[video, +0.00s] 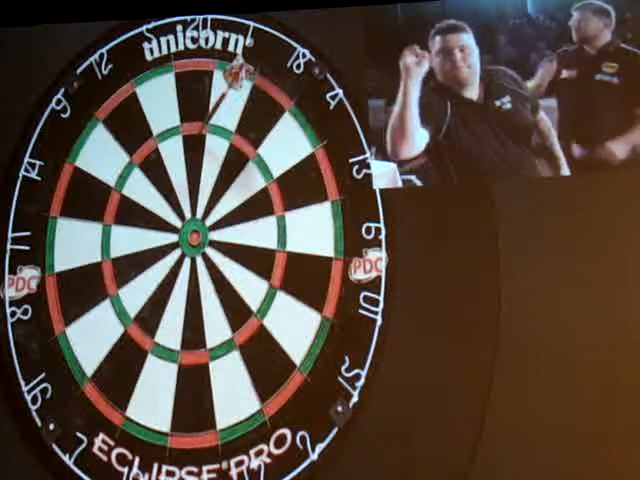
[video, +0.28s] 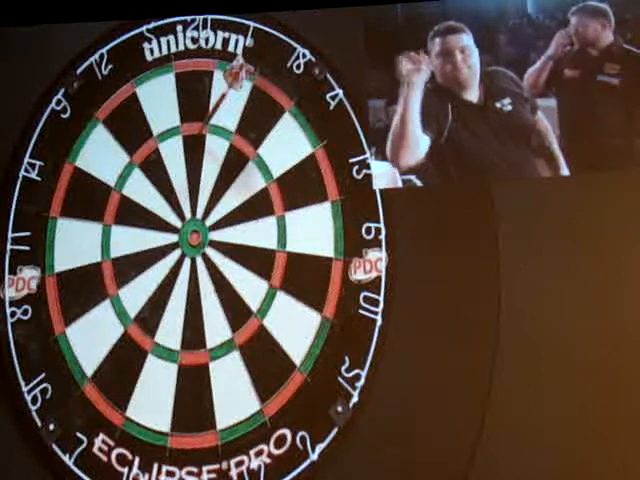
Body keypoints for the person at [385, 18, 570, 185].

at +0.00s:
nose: (457, 59)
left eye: (463, 49)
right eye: (446, 54)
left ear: (477, 53)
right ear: (432, 62)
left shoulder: (503, 80)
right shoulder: (433, 101)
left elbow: (539, 122)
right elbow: (401, 152)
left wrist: (563, 171)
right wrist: (410, 80)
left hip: (534, 195)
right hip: (476, 207)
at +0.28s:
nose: (458, 62)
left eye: (464, 51)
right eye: (446, 55)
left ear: (476, 54)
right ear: (431, 63)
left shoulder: (500, 80)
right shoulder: (433, 102)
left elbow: (539, 126)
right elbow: (403, 160)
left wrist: (563, 174)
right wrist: (412, 85)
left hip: (538, 197)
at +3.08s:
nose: (485, 85)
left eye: (496, 73)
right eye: (473, 74)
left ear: (516, 74)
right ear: (457, 79)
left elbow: (616, 160)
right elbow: (424, 212)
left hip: (552, 239)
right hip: (474, 245)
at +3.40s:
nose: (557, 42)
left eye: (564, 35)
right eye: (551, 35)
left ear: (586, 37)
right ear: (545, 40)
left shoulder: (614, 78)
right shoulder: (533, 78)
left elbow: (633, 135)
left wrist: (595, 161)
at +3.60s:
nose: (534, 41)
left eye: (542, 34)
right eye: (529, 35)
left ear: (564, 38)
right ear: (523, 40)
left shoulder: (594, 78)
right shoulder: (512, 79)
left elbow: (617, 134)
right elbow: (494, 129)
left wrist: (562, 167)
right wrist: (513, 110)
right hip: (525, 179)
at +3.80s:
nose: (519, 42)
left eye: (527, 35)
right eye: (515, 35)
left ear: (552, 39)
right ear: (510, 40)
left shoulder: (583, 81)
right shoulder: (503, 80)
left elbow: (601, 141)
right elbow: (490, 133)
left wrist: (538, 172)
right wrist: (498, 174)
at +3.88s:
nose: (512, 43)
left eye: (520, 36)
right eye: (508, 36)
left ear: (547, 40)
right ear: (503, 40)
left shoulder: (576, 84)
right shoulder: (500, 80)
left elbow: (592, 146)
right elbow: (483, 130)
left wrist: (529, 175)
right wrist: (486, 170)